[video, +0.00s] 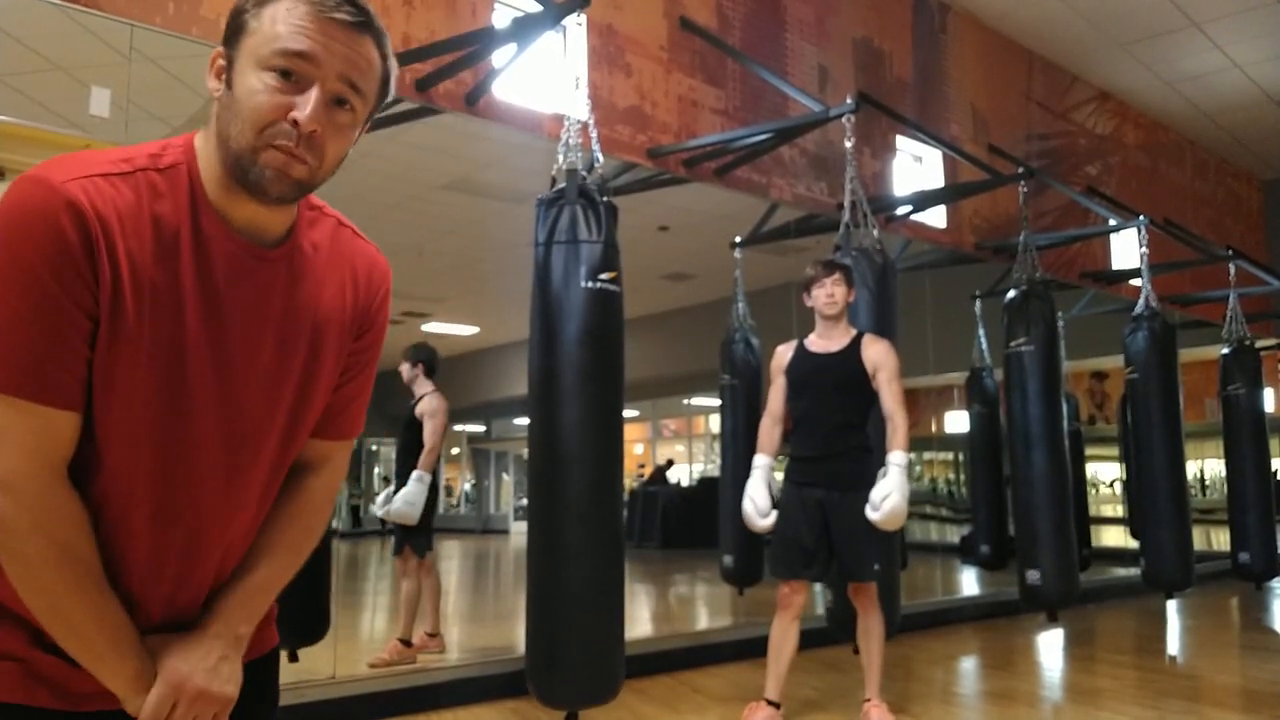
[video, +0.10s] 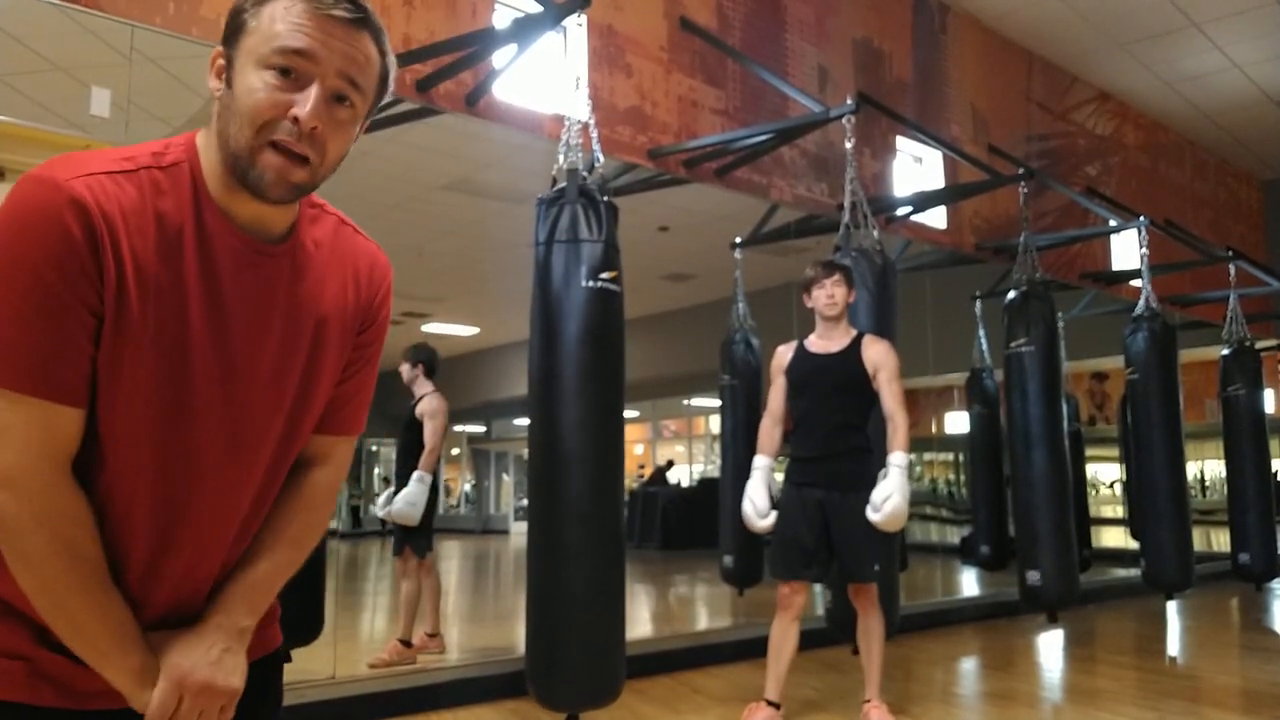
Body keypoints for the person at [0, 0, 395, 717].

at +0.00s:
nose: (308, 116)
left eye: (342, 102)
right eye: (286, 76)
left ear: (357, 135)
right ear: (220, 73)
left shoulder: (357, 276)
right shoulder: (62, 212)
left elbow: (321, 467)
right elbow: (22, 481)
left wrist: (224, 635)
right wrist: (143, 686)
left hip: (232, 676)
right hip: (45, 673)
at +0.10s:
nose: (308, 113)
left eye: (341, 99)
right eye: (286, 73)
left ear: (358, 133)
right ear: (220, 72)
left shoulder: (359, 274)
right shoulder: (69, 210)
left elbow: (323, 466)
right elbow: (25, 480)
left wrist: (228, 627)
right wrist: (148, 682)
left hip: (235, 677)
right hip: (47, 674)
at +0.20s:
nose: (309, 111)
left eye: (343, 97)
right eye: (287, 72)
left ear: (360, 131)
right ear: (224, 73)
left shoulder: (360, 273)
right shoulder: (77, 210)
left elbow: (327, 466)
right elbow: (32, 476)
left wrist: (235, 625)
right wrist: (157, 682)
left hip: (237, 674)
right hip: (51, 670)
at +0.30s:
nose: (317, 111)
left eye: (351, 98)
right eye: (296, 73)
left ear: (368, 133)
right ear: (234, 75)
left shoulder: (365, 276)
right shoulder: (92, 207)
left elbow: (336, 463)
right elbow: (35, 468)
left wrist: (246, 619)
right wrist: (165, 667)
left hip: (238, 673)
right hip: (53, 668)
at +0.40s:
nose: (333, 116)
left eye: (367, 105)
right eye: (315, 78)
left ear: (382, 139)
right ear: (252, 79)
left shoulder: (374, 282)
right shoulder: (110, 209)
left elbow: (350, 462)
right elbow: (44, 460)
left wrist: (265, 611)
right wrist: (181, 647)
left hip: (247, 671)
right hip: (62, 669)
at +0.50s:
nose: (352, 118)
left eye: (385, 108)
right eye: (336, 81)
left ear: (399, 142)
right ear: (274, 81)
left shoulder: (385, 284)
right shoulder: (129, 207)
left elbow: (366, 459)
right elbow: (67, 451)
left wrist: (285, 599)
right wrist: (205, 632)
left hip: (254, 669)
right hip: (67, 663)